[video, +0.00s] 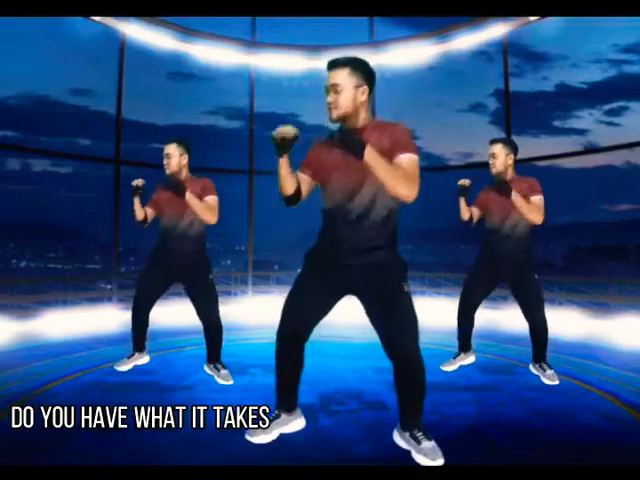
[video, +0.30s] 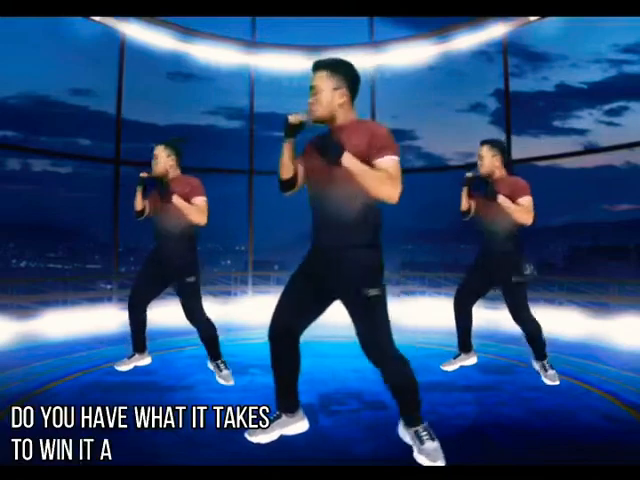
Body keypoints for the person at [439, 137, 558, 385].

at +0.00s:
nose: (491, 161)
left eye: (495, 156)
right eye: (490, 157)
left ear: (511, 158)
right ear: (491, 160)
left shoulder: (529, 185)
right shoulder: (488, 192)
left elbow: (537, 217)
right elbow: (468, 217)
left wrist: (514, 195)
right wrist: (463, 196)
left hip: (520, 262)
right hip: (490, 261)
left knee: (537, 317)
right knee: (467, 304)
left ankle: (539, 362)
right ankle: (465, 352)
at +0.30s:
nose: (479, 162)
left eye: (483, 157)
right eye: (479, 158)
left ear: (498, 159)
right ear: (483, 161)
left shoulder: (517, 185)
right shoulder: (480, 187)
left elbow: (527, 217)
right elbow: (465, 210)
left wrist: (501, 199)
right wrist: (466, 188)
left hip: (510, 259)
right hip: (487, 258)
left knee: (521, 313)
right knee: (462, 301)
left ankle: (541, 360)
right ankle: (466, 352)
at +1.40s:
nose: (494, 163)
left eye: (498, 157)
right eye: (489, 158)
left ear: (508, 160)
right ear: (484, 163)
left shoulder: (523, 185)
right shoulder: (480, 193)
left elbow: (536, 214)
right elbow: (463, 219)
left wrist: (513, 188)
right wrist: (455, 196)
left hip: (518, 263)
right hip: (487, 263)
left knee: (535, 315)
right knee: (462, 304)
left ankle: (543, 362)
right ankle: (464, 352)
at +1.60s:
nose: (494, 154)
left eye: (499, 148)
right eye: (489, 149)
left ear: (508, 152)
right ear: (484, 153)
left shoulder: (521, 179)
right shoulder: (478, 184)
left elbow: (535, 212)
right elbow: (460, 213)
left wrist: (513, 184)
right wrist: (453, 188)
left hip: (516, 259)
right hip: (486, 258)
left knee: (531, 311)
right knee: (461, 299)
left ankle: (543, 362)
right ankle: (463, 351)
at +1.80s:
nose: (493, 136)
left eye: (499, 132)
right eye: (489, 132)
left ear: (508, 138)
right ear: (483, 139)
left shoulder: (520, 166)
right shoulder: (476, 172)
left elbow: (536, 194)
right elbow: (456, 200)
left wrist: (512, 169)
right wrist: (449, 174)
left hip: (513, 244)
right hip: (483, 244)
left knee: (530, 300)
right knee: (467, 296)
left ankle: (542, 354)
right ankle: (459, 346)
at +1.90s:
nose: (492, 152)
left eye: (497, 147)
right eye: (488, 148)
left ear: (506, 151)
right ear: (482, 152)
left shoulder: (520, 180)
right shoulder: (476, 185)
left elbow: (532, 208)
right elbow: (455, 212)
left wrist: (509, 179)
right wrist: (449, 185)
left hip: (514, 256)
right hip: (483, 255)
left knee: (530, 310)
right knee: (463, 305)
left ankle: (539, 363)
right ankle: (463, 353)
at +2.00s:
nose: (493, 160)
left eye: (498, 155)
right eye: (488, 156)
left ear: (507, 159)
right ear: (483, 160)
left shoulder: (521, 188)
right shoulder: (478, 193)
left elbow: (529, 221)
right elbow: (463, 219)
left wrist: (509, 195)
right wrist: (452, 202)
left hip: (515, 265)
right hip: (483, 263)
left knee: (532, 318)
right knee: (459, 305)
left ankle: (538, 366)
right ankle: (463, 353)